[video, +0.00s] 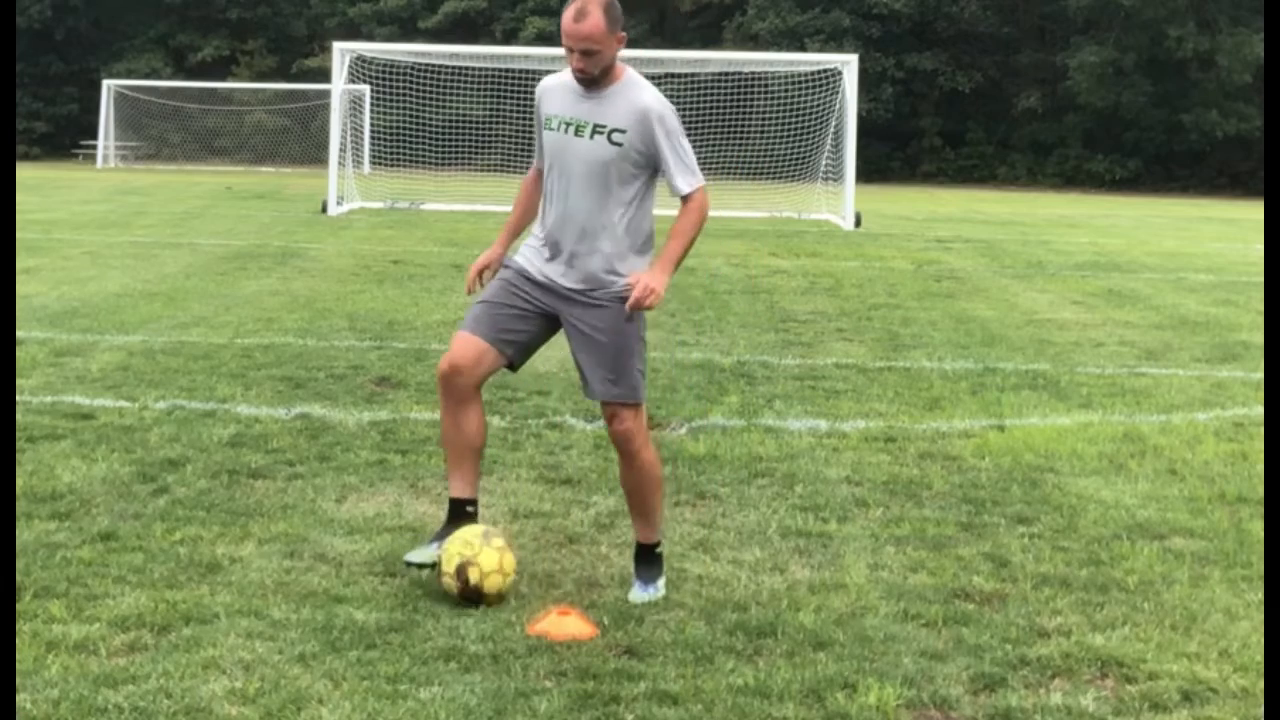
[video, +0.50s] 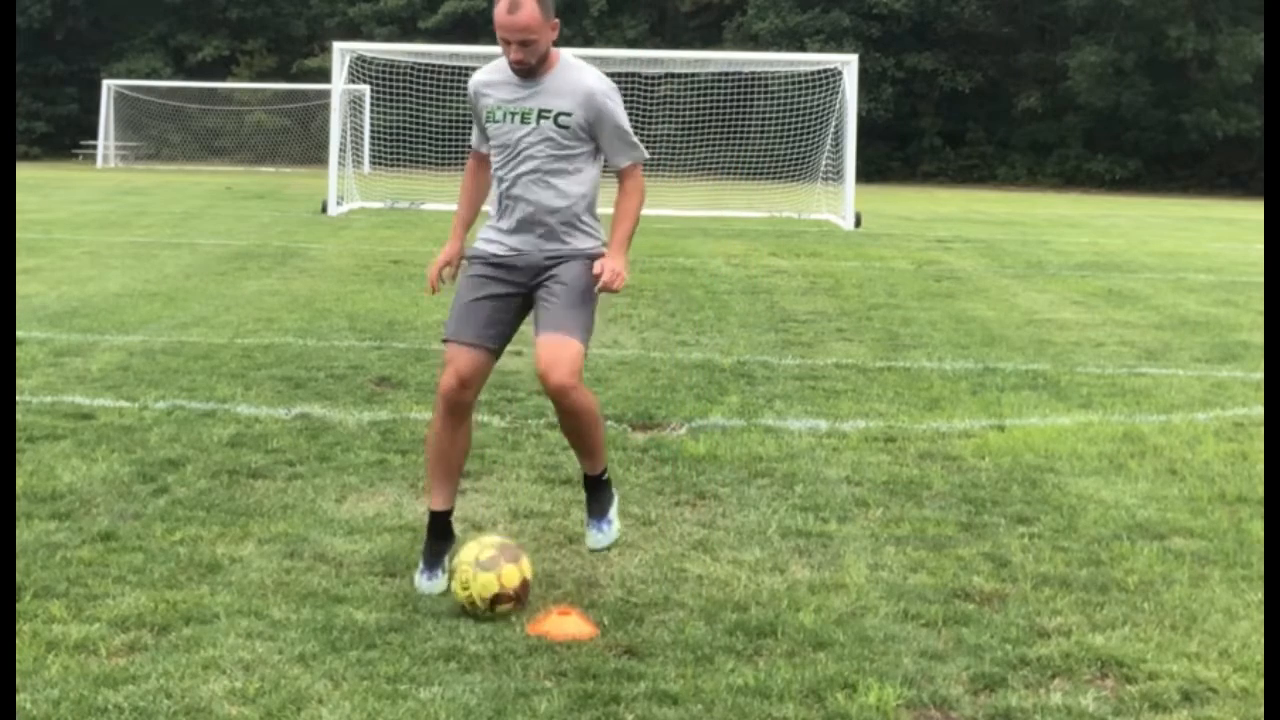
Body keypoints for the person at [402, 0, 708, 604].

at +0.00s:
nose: (578, 63)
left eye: (590, 53)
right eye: (570, 51)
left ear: (620, 43)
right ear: (561, 38)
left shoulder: (649, 108)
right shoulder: (551, 91)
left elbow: (697, 199)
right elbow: (541, 175)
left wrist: (661, 269)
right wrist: (502, 245)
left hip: (608, 288)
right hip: (536, 271)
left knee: (625, 427)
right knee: (456, 373)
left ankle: (648, 562)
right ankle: (461, 527)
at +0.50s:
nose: (514, 53)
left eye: (525, 43)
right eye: (504, 41)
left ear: (555, 29)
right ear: (495, 29)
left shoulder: (592, 90)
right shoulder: (485, 84)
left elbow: (631, 172)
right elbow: (480, 160)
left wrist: (617, 250)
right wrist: (457, 238)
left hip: (571, 255)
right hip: (498, 251)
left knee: (559, 379)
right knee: (455, 385)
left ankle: (598, 490)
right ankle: (438, 532)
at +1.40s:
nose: (453, 41)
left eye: (464, 29)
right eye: (442, 30)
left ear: (490, 15)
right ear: (431, 21)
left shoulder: (534, 72)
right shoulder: (420, 86)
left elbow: (577, 152)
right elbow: (405, 171)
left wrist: (572, 227)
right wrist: (378, 253)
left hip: (523, 241)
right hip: (449, 252)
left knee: (514, 348)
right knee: (437, 395)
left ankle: (505, 482)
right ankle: (438, 546)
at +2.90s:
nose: (481, 44)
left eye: (492, 31)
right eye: (469, 33)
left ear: (509, 14)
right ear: (449, 21)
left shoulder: (546, 68)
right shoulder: (428, 87)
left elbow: (576, 145)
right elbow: (407, 170)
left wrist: (590, 222)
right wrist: (378, 251)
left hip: (547, 243)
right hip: (467, 256)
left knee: (599, 361)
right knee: (452, 399)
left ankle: (600, 482)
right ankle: (455, 532)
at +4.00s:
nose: (573, 39)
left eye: (584, 26)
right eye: (560, 27)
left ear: (600, 12)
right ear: (537, 14)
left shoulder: (626, 65)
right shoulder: (510, 82)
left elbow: (650, 133)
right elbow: (480, 167)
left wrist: (670, 207)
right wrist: (469, 256)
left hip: (625, 246)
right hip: (547, 258)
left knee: (674, 372)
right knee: (532, 398)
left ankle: (670, 526)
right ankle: (511, 528)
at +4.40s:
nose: (623, 67)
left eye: (634, 55)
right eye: (611, 55)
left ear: (650, 44)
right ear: (589, 42)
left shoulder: (672, 103)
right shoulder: (554, 108)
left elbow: (704, 178)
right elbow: (513, 187)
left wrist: (719, 243)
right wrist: (490, 277)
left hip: (648, 273)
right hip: (574, 271)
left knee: (673, 413)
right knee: (580, 376)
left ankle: (673, 560)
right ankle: (580, 477)